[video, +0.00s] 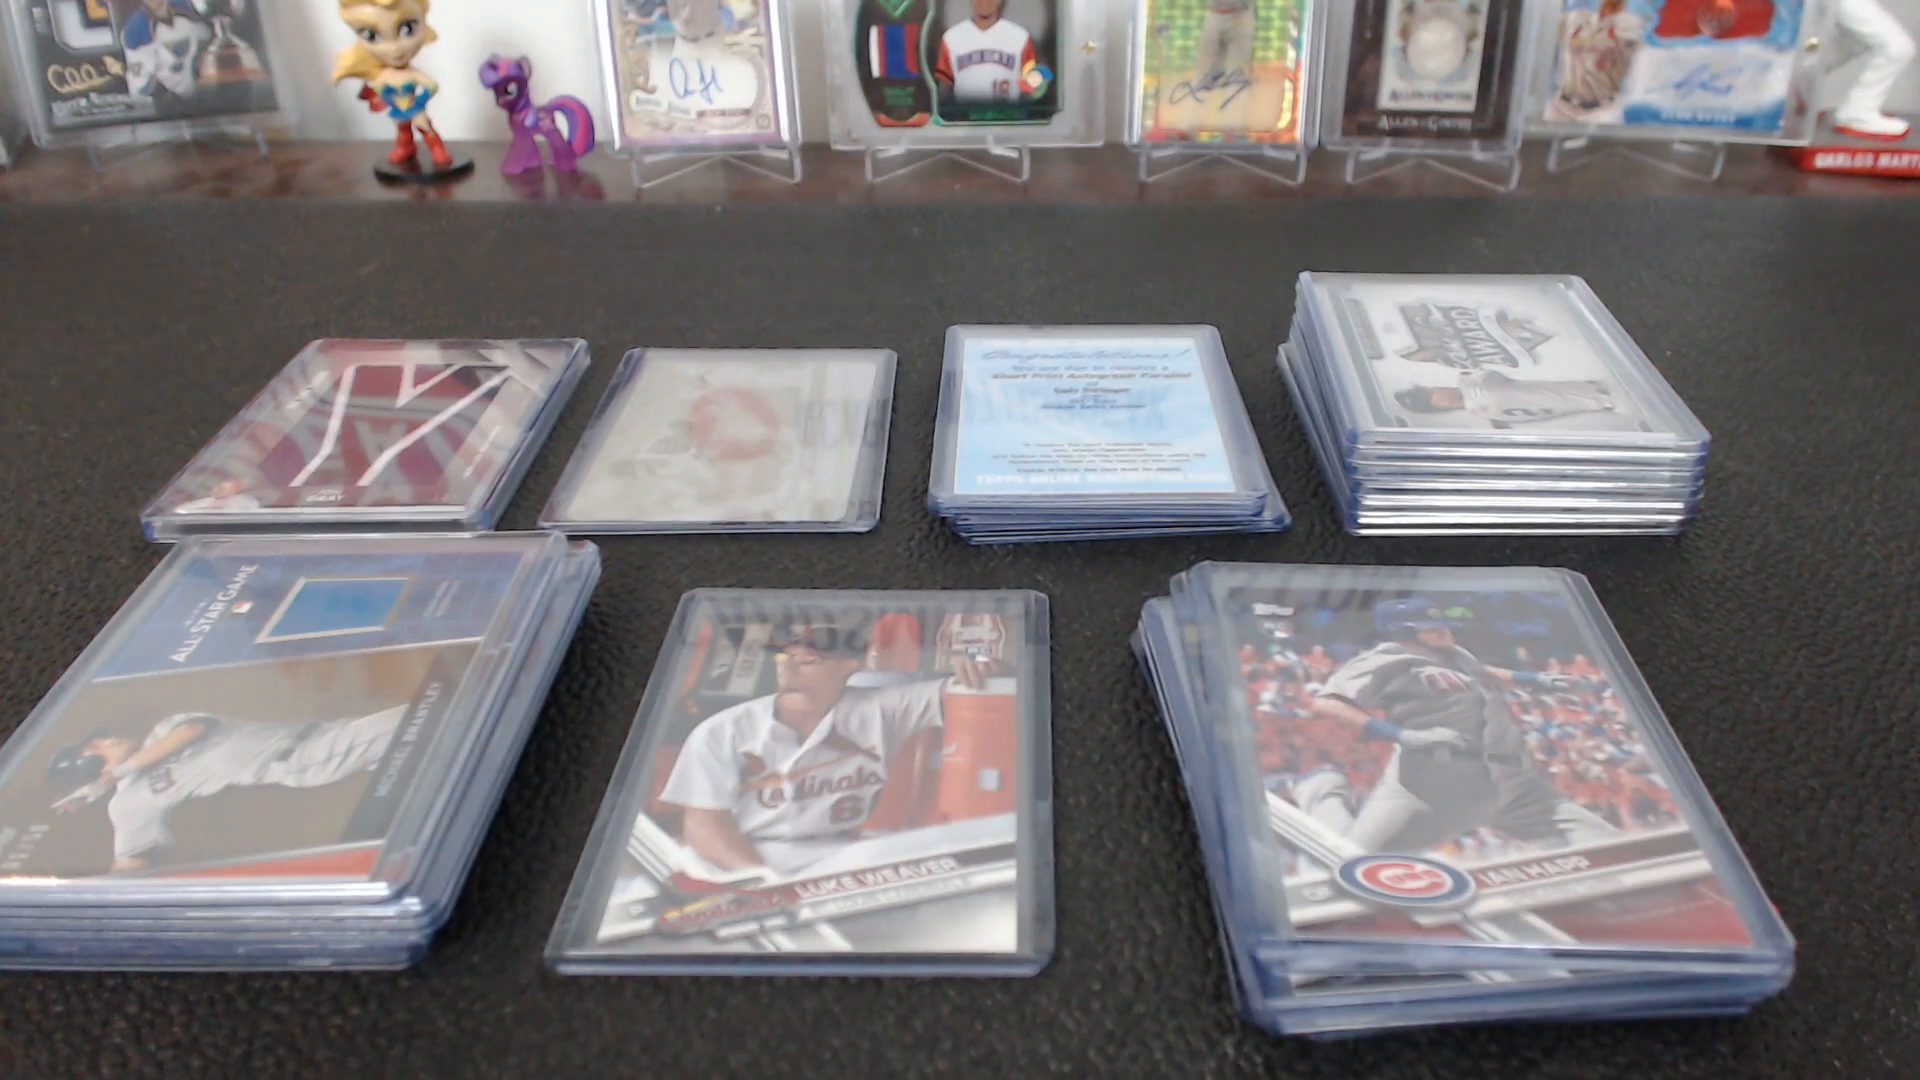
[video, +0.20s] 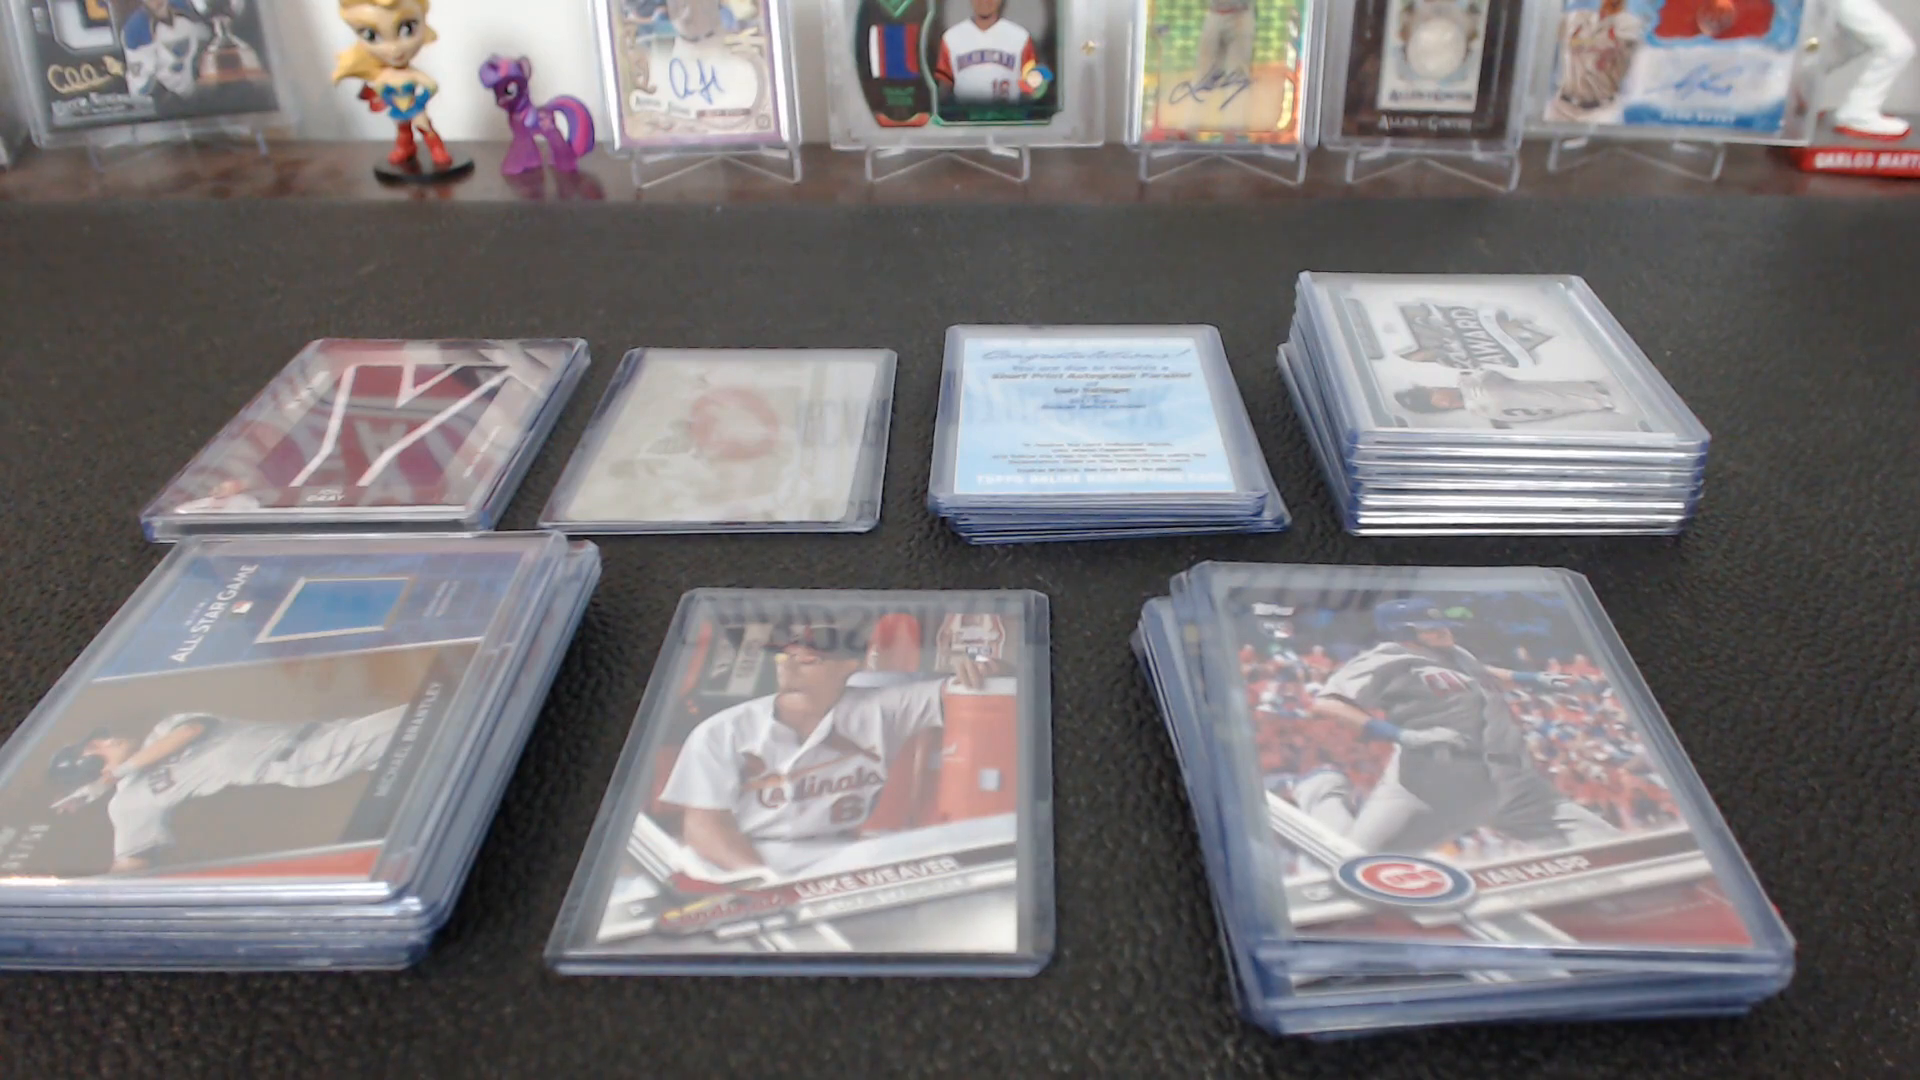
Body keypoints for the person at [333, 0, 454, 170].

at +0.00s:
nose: (393, 49)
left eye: (407, 29)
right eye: (371, 35)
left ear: (424, 26)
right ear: (357, 37)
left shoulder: (414, 75)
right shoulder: (378, 74)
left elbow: (427, 86)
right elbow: (369, 87)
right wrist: (375, 99)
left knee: (421, 122)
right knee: (401, 123)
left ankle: (437, 148)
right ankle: (405, 146)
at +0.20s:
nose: (393, 50)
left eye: (407, 29)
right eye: (371, 35)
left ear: (424, 26)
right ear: (357, 36)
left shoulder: (414, 75)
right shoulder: (378, 74)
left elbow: (426, 86)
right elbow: (369, 88)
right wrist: (375, 99)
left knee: (421, 121)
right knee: (401, 122)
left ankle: (437, 148)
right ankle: (405, 147)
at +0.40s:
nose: (393, 49)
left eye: (407, 29)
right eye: (371, 35)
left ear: (424, 26)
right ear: (357, 36)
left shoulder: (414, 74)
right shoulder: (378, 74)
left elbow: (426, 86)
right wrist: (375, 99)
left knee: (421, 121)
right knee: (401, 122)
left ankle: (437, 148)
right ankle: (405, 146)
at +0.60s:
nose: (394, 49)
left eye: (407, 29)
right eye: (371, 35)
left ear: (424, 26)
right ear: (358, 36)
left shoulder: (414, 74)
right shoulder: (379, 74)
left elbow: (427, 86)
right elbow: (370, 86)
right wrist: (375, 99)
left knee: (421, 122)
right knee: (401, 122)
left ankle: (436, 148)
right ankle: (405, 147)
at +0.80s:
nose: (394, 49)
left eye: (406, 29)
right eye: (371, 35)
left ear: (424, 27)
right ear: (358, 36)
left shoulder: (414, 74)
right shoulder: (378, 74)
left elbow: (427, 86)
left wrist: (419, 108)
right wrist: (375, 99)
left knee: (422, 122)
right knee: (401, 123)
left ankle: (436, 148)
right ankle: (405, 147)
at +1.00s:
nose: (394, 50)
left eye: (407, 30)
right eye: (371, 35)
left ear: (424, 27)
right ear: (357, 36)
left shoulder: (414, 74)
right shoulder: (378, 74)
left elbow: (427, 86)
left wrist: (419, 108)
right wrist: (375, 99)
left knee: (422, 122)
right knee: (401, 123)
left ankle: (436, 148)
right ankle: (405, 147)